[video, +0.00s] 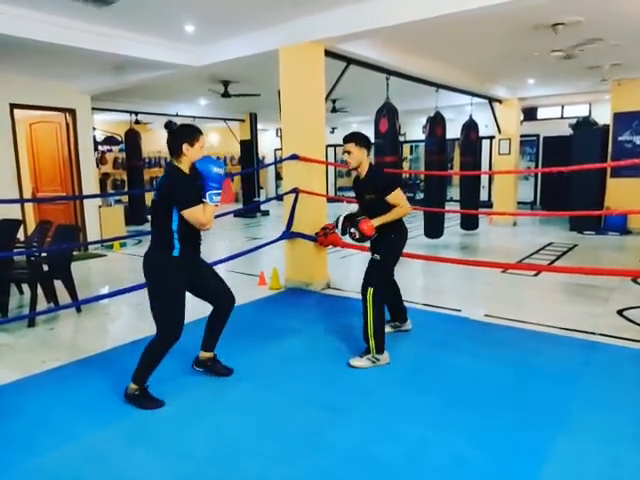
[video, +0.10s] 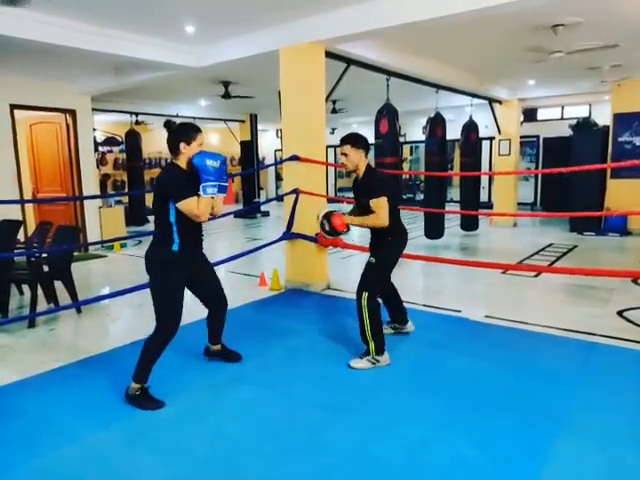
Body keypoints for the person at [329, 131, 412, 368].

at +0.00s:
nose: (345, 157)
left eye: (349, 152)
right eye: (344, 153)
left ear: (364, 151)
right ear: (350, 155)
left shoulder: (381, 178)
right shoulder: (358, 180)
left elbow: (405, 207)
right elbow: (368, 209)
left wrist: (374, 222)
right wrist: (347, 221)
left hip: (393, 235)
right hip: (379, 235)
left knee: (370, 288)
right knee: (384, 278)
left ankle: (376, 352)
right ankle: (400, 319)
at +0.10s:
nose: (342, 160)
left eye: (345, 155)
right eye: (340, 156)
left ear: (362, 153)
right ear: (351, 156)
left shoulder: (373, 180)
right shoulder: (359, 180)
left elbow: (382, 220)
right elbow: (363, 212)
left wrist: (348, 221)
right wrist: (339, 219)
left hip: (390, 239)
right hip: (381, 237)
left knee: (366, 293)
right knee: (381, 280)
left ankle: (376, 354)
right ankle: (401, 322)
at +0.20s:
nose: (344, 157)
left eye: (347, 151)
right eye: (343, 152)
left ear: (363, 150)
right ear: (359, 152)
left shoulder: (375, 174)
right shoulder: (361, 175)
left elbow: (361, 212)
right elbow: (347, 207)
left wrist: (333, 189)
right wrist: (327, 193)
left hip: (390, 237)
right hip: (382, 235)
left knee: (366, 293)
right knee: (379, 283)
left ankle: (376, 355)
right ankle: (406, 326)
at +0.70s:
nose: (351, 151)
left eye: (354, 146)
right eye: (350, 147)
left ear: (369, 145)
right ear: (369, 146)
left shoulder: (372, 170)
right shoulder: (380, 168)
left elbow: (340, 189)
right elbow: (349, 188)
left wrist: (329, 160)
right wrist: (337, 166)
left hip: (384, 240)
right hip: (397, 238)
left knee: (360, 297)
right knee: (397, 292)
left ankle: (366, 360)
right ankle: (414, 343)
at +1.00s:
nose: (349, 150)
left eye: (351, 145)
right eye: (349, 145)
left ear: (365, 144)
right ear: (364, 145)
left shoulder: (378, 171)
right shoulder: (363, 170)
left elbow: (354, 201)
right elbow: (329, 182)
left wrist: (338, 175)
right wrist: (305, 167)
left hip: (384, 243)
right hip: (385, 241)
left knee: (365, 303)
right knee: (393, 296)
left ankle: (367, 365)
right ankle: (424, 345)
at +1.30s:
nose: (359, 149)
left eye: (361, 144)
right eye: (359, 145)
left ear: (374, 144)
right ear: (377, 145)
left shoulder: (382, 173)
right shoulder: (386, 170)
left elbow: (355, 205)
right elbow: (357, 200)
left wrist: (348, 172)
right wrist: (342, 176)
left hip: (385, 245)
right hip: (396, 242)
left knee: (364, 304)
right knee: (401, 297)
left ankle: (368, 366)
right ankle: (430, 349)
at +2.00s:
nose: (370, 152)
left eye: (372, 147)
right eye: (370, 147)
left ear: (385, 146)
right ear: (389, 146)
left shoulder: (389, 173)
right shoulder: (398, 170)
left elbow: (373, 211)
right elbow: (387, 205)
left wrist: (353, 191)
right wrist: (366, 190)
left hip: (389, 248)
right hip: (404, 245)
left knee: (371, 305)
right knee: (411, 299)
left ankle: (368, 367)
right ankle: (431, 354)